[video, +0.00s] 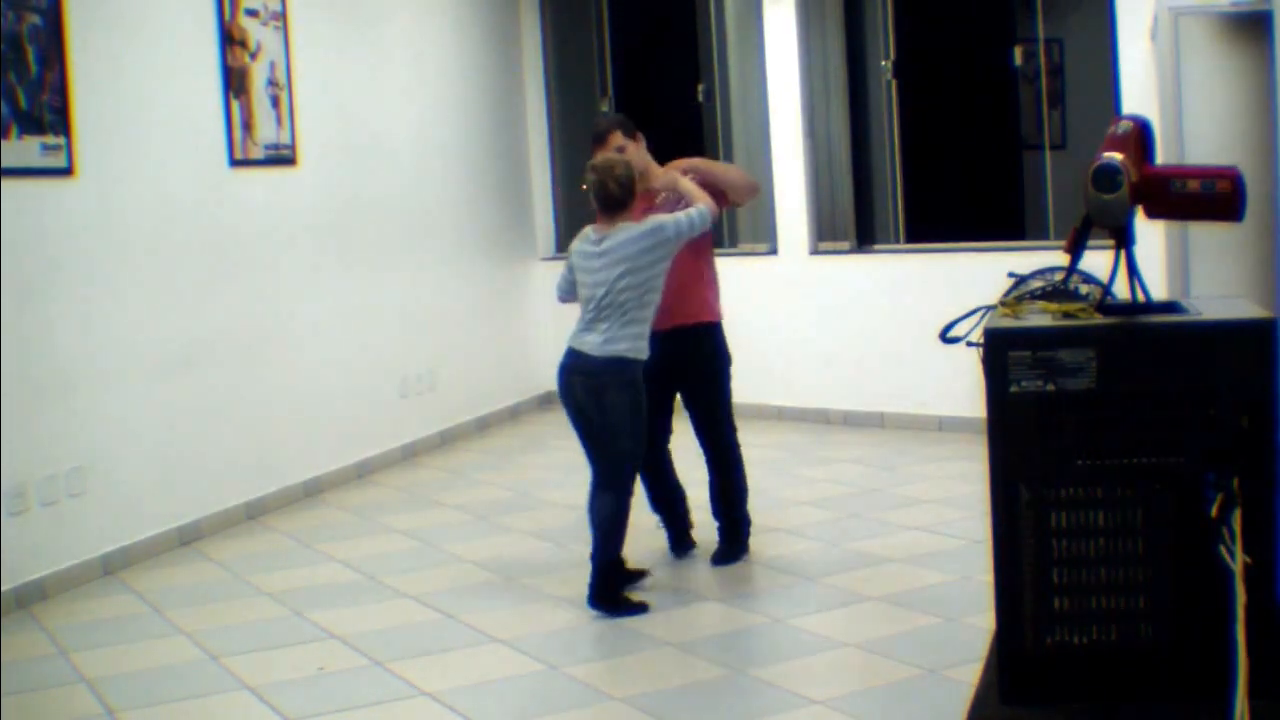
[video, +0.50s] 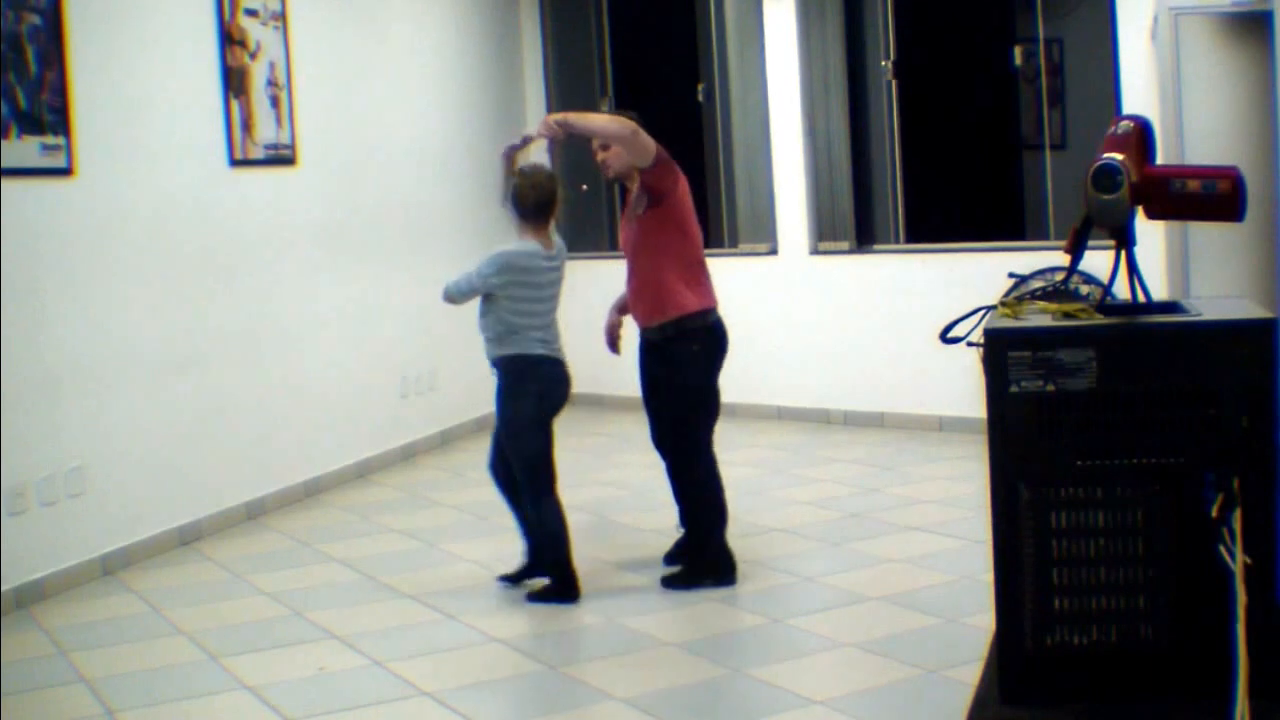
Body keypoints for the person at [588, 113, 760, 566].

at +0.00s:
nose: (619, 163)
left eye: (622, 151)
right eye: (608, 160)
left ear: (641, 142)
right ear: (603, 165)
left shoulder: (688, 184)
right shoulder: (618, 207)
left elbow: (746, 187)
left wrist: (690, 167)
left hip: (697, 331)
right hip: (643, 337)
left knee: (717, 438)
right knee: (648, 446)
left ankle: (734, 533)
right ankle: (677, 530)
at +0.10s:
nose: (619, 160)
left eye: (622, 148)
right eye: (609, 156)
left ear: (644, 142)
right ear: (604, 164)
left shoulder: (684, 184)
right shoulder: (611, 206)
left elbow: (732, 169)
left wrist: (672, 159)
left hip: (696, 325)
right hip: (643, 332)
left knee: (714, 434)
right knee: (653, 440)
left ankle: (733, 531)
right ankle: (691, 528)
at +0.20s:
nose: (614, 161)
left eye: (618, 149)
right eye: (605, 156)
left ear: (640, 145)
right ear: (602, 166)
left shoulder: (682, 184)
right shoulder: (623, 209)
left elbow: (704, 151)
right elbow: (622, 274)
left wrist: (641, 154)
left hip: (695, 325)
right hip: (647, 333)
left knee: (702, 435)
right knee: (665, 444)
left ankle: (733, 529)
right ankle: (695, 528)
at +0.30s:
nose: (605, 169)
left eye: (609, 155)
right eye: (600, 162)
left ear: (631, 146)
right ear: (605, 165)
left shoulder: (676, 185)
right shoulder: (635, 204)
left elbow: (670, 137)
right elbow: (647, 268)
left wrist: (607, 148)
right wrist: (613, 306)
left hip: (693, 325)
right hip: (653, 332)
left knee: (690, 435)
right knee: (666, 440)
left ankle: (735, 519)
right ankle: (696, 526)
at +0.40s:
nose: (604, 158)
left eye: (611, 147)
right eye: (599, 152)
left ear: (638, 147)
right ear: (601, 159)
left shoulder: (668, 184)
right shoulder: (630, 204)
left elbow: (648, 137)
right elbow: (648, 271)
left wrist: (580, 131)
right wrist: (616, 307)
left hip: (694, 330)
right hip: (656, 335)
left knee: (685, 438)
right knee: (668, 439)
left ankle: (729, 542)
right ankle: (695, 530)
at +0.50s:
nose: (599, 158)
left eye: (606, 147)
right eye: (596, 151)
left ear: (631, 144)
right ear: (600, 158)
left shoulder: (663, 182)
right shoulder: (633, 199)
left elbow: (632, 132)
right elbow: (649, 270)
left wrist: (565, 121)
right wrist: (618, 309)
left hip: (690, 335)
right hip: (658, 338)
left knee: (689, 445)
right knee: (671, 443)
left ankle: (714, 558)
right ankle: (695, 535)